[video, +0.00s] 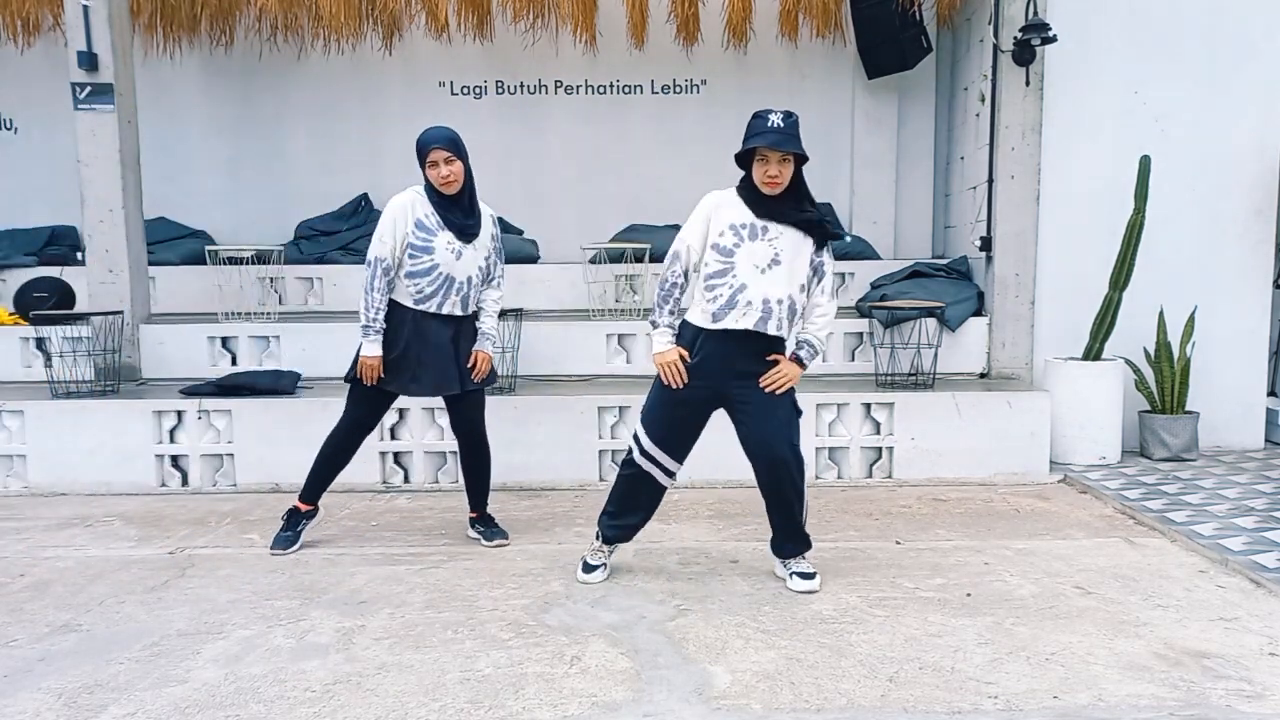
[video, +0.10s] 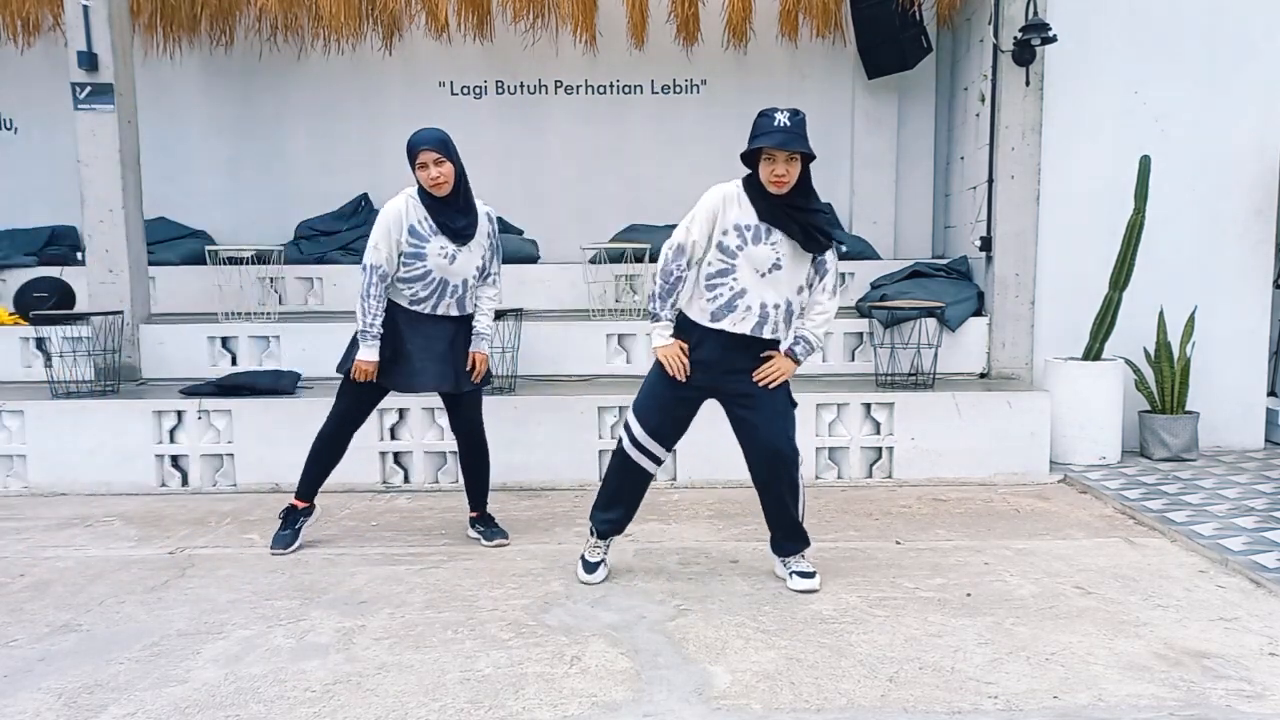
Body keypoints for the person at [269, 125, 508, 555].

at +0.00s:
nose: (444, 172)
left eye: (451, 161)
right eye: (434, 165)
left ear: (466, 162)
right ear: (423, 170)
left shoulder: (486, 219)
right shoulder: (405, 207)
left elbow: (493, 285)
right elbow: (377, 274)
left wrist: (486, 339)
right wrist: (371, 342)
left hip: (459, 335)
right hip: (404, 331)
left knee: (472, 430)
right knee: (354, 425)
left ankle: (480, 516)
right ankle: (302, 510)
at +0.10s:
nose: (434, 173)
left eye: (440, 162)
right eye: (423, 167)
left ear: (456, 161)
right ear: (414, 172)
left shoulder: (482, 217)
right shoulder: (399, 211)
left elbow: (489, 283)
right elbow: (373, 278)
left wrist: (481, 338)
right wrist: (369, 344)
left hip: (454, 332)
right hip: (396, 327)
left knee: (470, 426)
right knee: (344, 419)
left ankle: (480, 515)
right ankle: (298, 509)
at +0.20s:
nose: (414, 188)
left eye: (420, 177)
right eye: (403, 181)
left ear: (437, 177)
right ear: (396, 188)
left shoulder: (472, 228)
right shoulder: (384, 231)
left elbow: (481, 292)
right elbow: (364, 300)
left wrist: (472, 347)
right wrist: (364, 361)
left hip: (447, 337)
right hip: (387, 332)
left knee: (472, 420)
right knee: (335, 414)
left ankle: (480, 515)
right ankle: (303, 507)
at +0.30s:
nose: (386, 208)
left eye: (394, 199)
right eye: (376, 201)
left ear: (411, 200)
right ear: (369, 208)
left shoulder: (448, 244)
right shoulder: (361, 256)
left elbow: (468, 307)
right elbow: (353, 328)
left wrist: (461, 363)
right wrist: (359, 386)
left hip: (437, 349)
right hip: (378, 346)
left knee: (473, 418)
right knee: (325, 421)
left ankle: (481, 515)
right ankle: (306, 515)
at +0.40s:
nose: (355, 213)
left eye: (364, 204)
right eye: (346, 205)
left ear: (380, 207)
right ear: (337, 213)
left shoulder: (416, 248)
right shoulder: (330, 267)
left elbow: (447, 311)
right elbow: (334, 341)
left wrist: (447, 369)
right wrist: (347, 396)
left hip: (424, 360)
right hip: (363, 360)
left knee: (467, 425)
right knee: (307, 433)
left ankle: (481, 516)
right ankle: (307, 519)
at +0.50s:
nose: (329, 198)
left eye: (338, 189)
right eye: (320, 189)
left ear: (353, 193)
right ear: (309, 196)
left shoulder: (384, 233)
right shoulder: (301, 252)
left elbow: (419, 298)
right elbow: (309, 323)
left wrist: (428, 360)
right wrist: (327, 379)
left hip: (401, 351)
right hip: (343, 357)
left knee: (453, 427)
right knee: (295, 433)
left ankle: (480, 516)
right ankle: (307, 520)